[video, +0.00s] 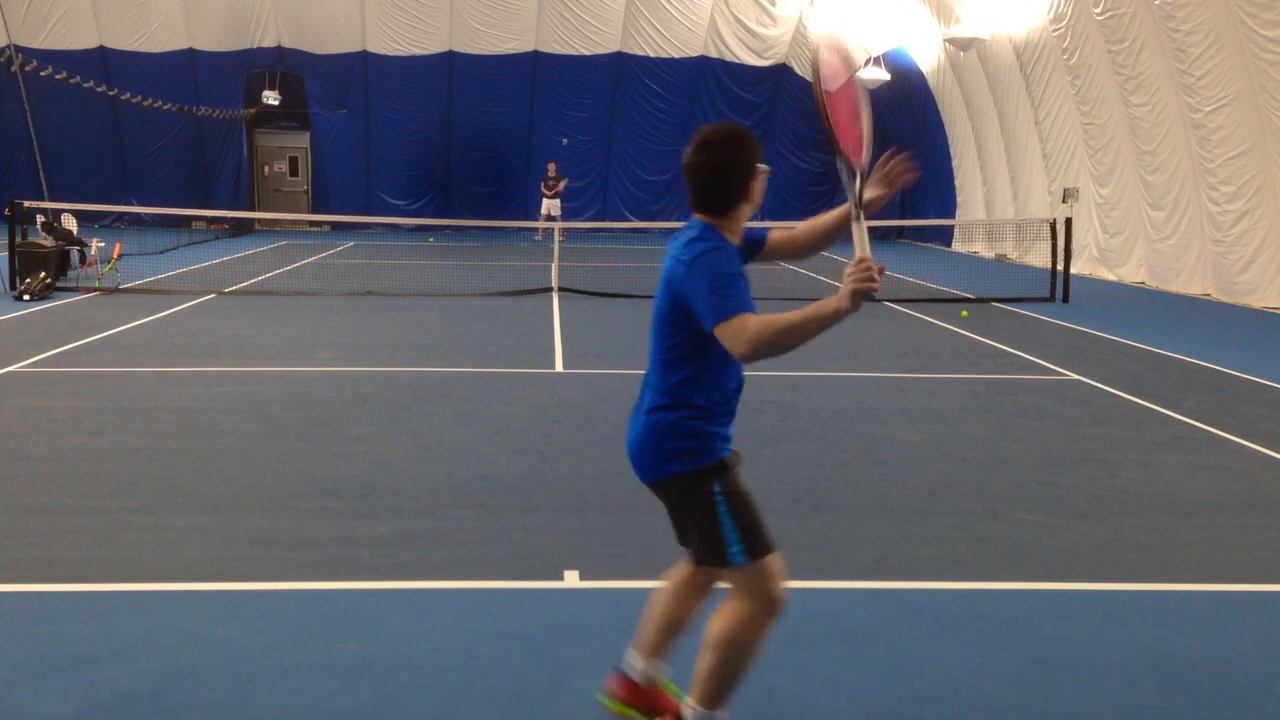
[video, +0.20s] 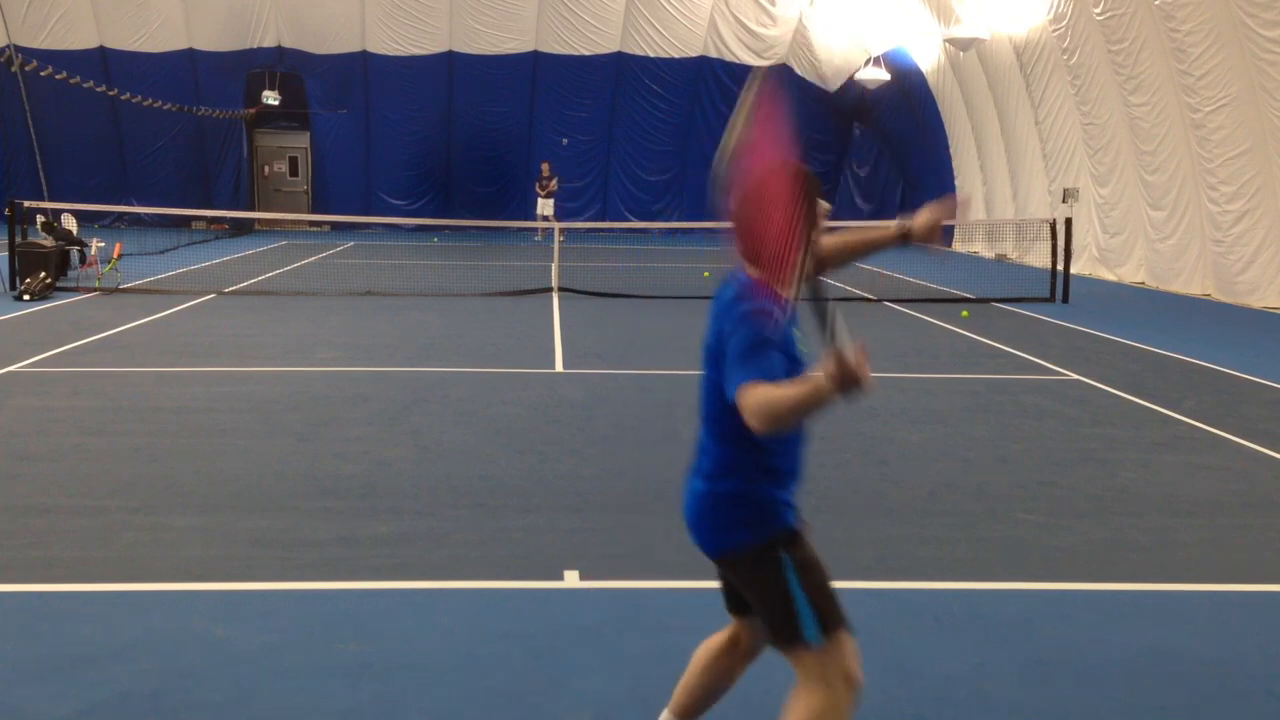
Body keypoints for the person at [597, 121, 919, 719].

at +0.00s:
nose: (766, 174)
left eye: (763, 165)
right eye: (762, 166)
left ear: (699, 185)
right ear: (749, 181)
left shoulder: (714, 237)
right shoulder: (705, 256)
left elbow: (791, 241)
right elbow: (745, 340)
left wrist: (860, 203)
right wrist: (841, 300)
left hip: (671, 436)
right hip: (688, 445)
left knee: (705, 560)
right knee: (762, 593)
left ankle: (637, 675)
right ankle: (700, 711)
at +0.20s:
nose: (826, 224)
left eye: (823, 215)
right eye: (817, 217)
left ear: (769, 227)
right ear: (784, 229)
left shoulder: (758, 286)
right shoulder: (751, 308)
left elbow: (816, 254)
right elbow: (760, 409)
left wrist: (904, 229)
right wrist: (828, 380)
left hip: (729, 506)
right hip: (750, 515)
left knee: (748, 633)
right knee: (834, 679)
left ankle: (672, 715)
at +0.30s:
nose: (855, 204)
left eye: (850, 195)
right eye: (849, 199)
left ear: (773, 221)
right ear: (832, 224)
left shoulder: (767, 284)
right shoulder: (796, 305)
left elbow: (806, 273)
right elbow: (819, 379)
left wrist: (852, 279)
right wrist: (905, 364)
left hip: (764, 498)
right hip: (801, 516)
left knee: (755, 622)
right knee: (859, 693)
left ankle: (689, 711)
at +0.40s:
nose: (865, 150)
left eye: (860, 138)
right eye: (857, 141)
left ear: (779, 163)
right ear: (835, 159)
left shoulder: (759, 247)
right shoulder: (849, 250)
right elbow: (963, 264)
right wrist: (1057, 213)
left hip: (776, 466)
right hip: (842, 481)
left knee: (783, 584)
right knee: (839, 672)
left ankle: (751, 697)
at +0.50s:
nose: (887, 108)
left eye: (881, 98)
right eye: (877, 103)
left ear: (801, 133)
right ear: (849, 131)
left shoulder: (780, 209)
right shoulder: (886, 189)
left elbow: (837, 260)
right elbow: (1024, 147)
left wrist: (910, 241)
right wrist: (1063, 59)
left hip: (799, 453)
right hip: (883, 463)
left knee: (800, 566)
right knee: (895, 668)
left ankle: (776, 683)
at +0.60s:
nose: (916, 112)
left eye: (911, 100)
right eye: (909, 102)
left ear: (825, 131)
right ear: (895, 120)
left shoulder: (811, 227)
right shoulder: (925, 194)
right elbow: (1043, 95)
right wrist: (992, 10)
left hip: (829, 478)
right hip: (924, 490)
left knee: (813, 587)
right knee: (942, 691)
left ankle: (772, 701)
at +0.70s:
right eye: (949, 172)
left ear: (856, 203)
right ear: (945, 191)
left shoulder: (835, 306)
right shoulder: (978, 267)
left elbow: (824, 368)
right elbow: (1058, 134)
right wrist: (945, 49)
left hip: (859, 561)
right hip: (962, 571)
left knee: (844, 640)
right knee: (981, 705)